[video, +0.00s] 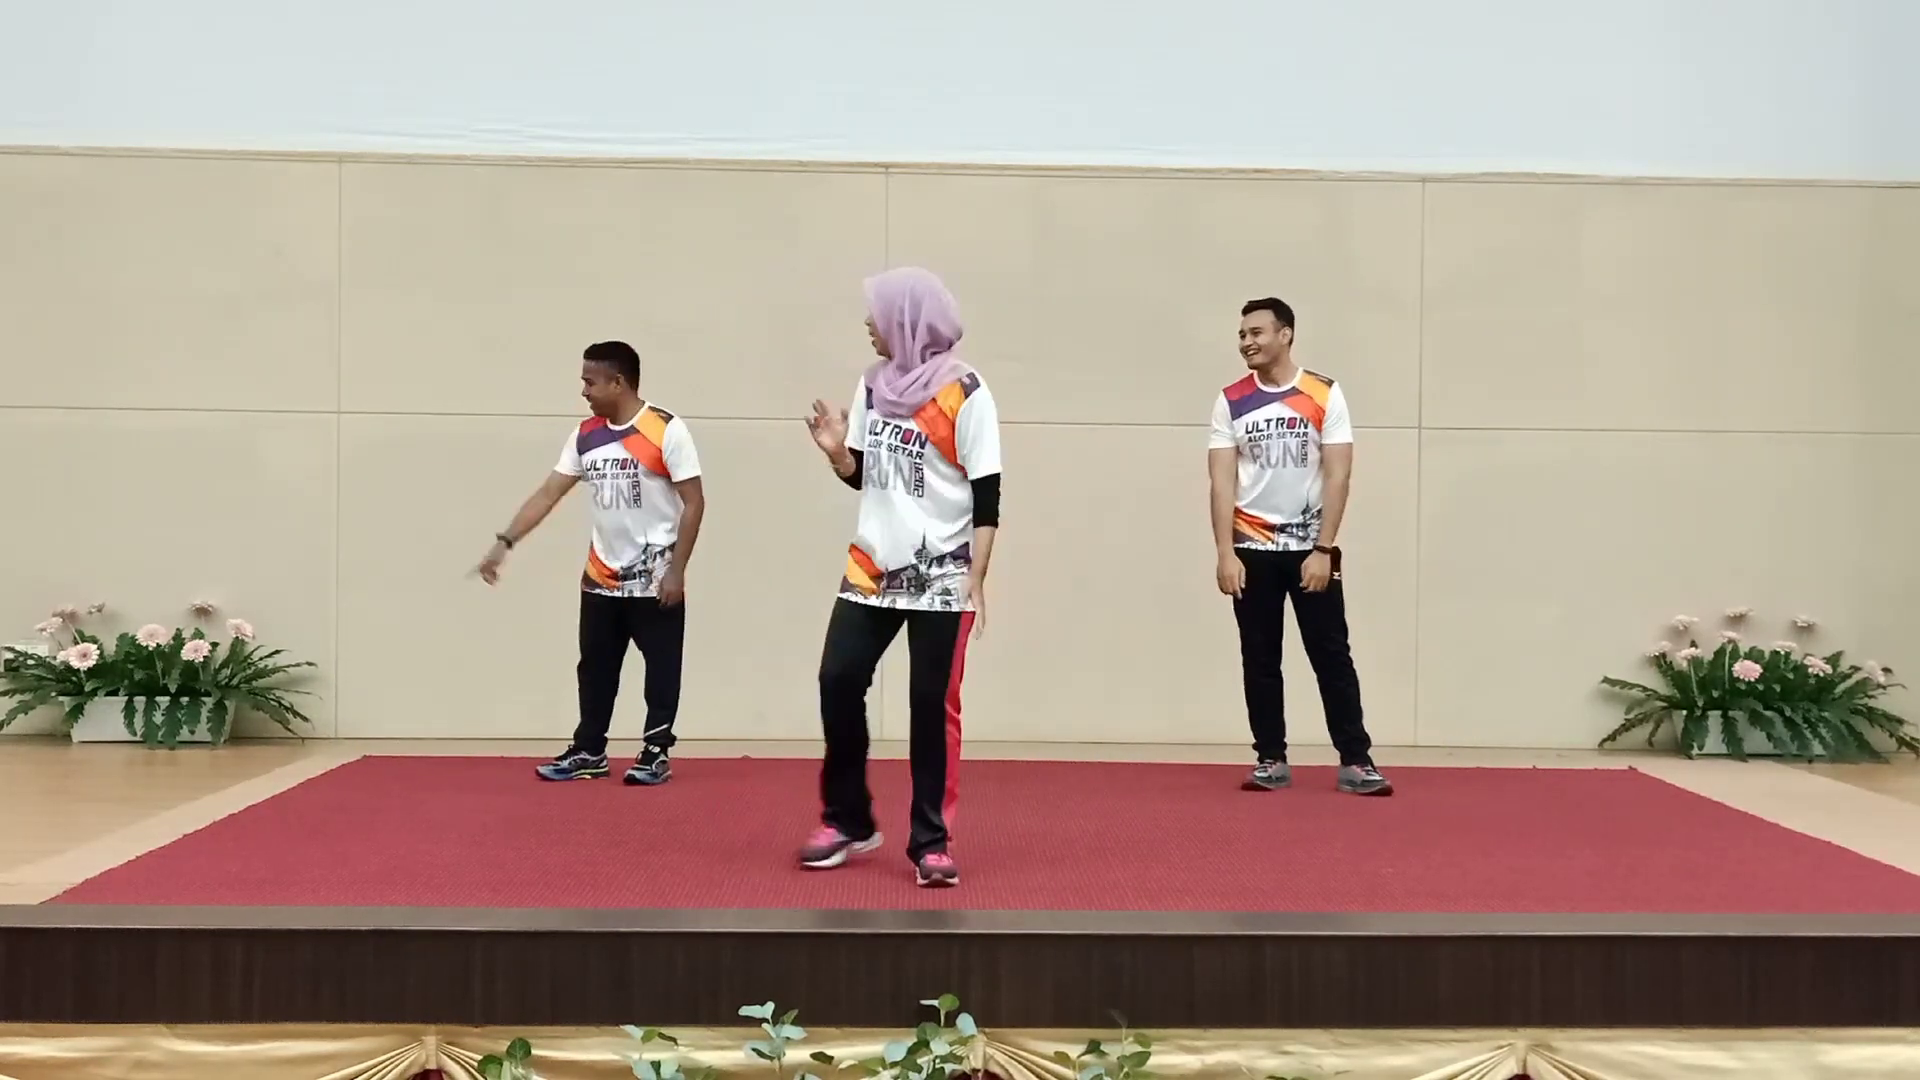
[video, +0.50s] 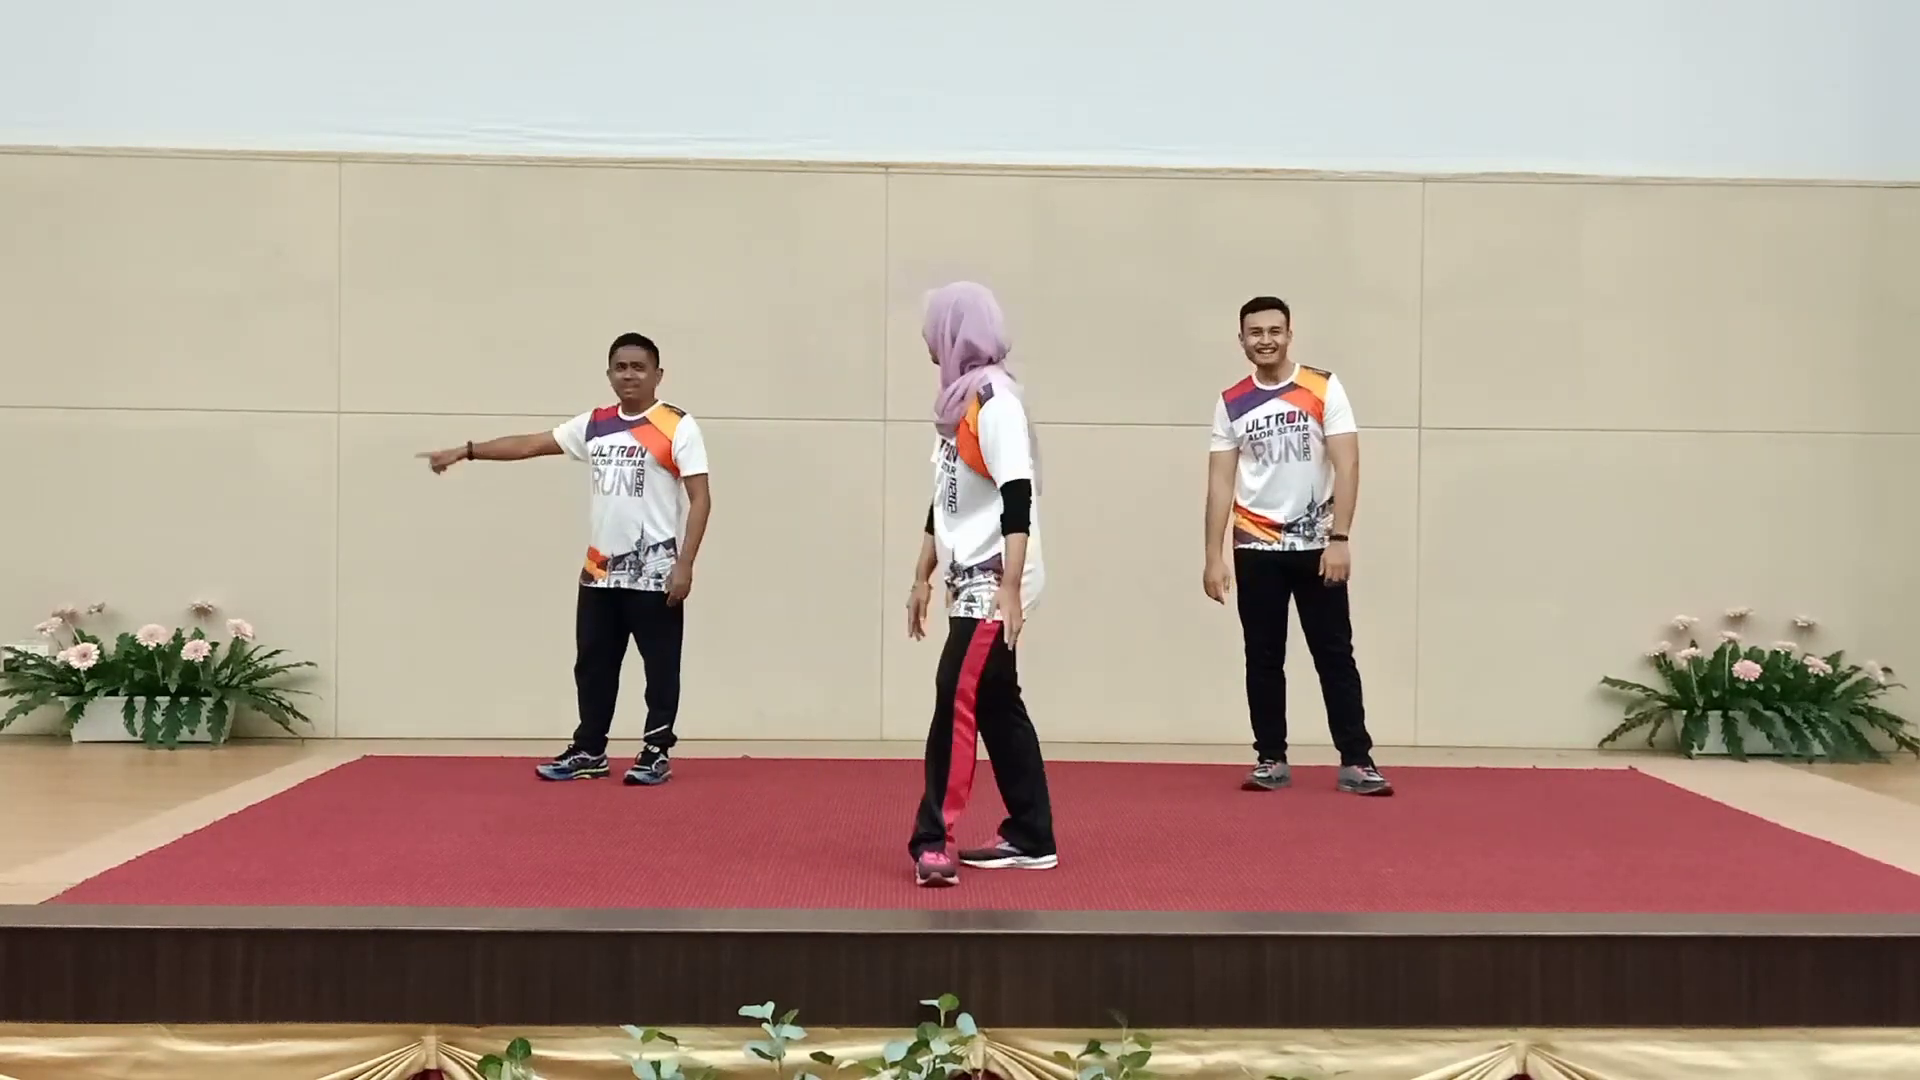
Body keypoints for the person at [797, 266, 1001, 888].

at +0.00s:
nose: (870, 329)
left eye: (879, 318)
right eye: (872, 318)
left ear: (910, 321)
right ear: (899, 322)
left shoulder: (967, 394)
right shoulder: (871, 387)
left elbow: (986, 489)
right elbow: (865, 480)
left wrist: (976, 575)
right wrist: (837, 452)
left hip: (944, 575)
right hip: (872, 570)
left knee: (931, 704)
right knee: (837, 682)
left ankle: (931, 843)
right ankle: (850, 822)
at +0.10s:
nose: (890, 334)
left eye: (897, 323)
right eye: (890, 322)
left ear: (926, 323)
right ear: (915, 323)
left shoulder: (976, 394)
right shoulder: (892, 391)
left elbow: (997, 490)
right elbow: (893, 479)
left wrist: (975, 568)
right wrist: (861, 474)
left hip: (951, 576)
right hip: (888, 573)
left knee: (934, 704)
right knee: (878, 689)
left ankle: (931, 840)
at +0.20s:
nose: (898, 334)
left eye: (904, 323)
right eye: (899, 323)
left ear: (929, 323)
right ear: (931, 323)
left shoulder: (982, 395)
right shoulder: (903, 390)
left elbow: (1000, 490)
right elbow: (900, 475)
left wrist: (979, 566)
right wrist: (872, 491)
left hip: (954, 580)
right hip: (898, 579)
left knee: (940, 707)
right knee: (901, 695)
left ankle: (932, 843)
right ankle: (990, 808)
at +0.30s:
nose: (909, 338)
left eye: (915, 328)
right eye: (909, 328)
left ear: (940, 329)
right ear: (952, 327)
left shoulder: (988, 401)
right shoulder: (922, 395)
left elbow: (1007, 490)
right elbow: (912, 474)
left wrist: (992, 570)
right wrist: (892, 513)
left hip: (973, 577)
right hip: (926, 580)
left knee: (942, 704)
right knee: (959, 704)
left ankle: (931, 842)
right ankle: (1024, 828)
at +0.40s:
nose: (915, 344)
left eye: (920, 333)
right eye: (915, 333)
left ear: (946, 332)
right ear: (956, 329)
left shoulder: (991, 401)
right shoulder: (933, 396)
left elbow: (1010, 491)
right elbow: (920, 479)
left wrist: (1001, 574)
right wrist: (895, 545)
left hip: (978, 582)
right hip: (939, 582)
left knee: (943, 708)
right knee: (977, 710)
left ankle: (930, 842)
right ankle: (1029, 833)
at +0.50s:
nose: (928, 348)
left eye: (933, 337)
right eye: (928, 337)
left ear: (956, 336)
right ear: (975, 333)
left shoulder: (997, 406)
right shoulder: (957, 403)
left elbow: (1017, 500)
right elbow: (945, 502)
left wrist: (1012, 589)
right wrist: (923, 578)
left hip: (993, 585)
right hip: (971, 584)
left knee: (954, 703)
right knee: (1000, 711)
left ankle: (933, 842)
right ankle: (1032, 837)